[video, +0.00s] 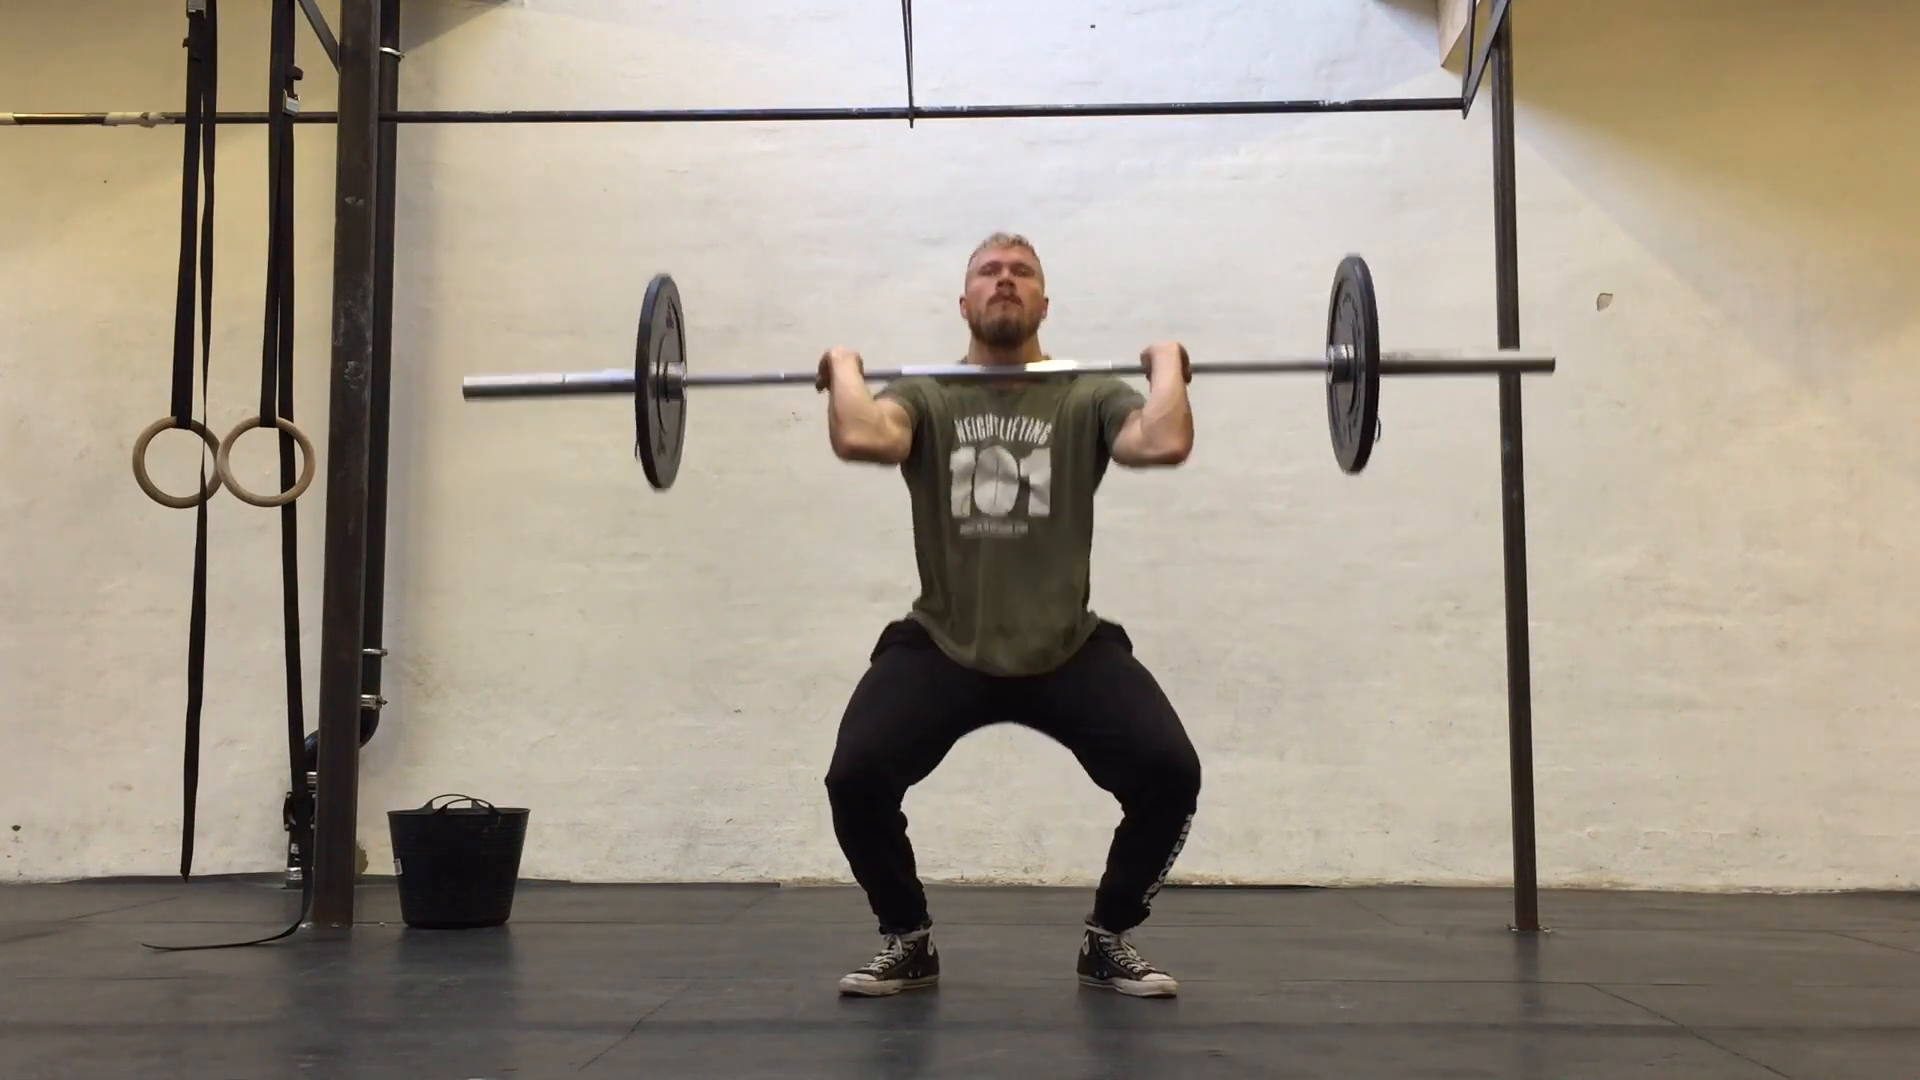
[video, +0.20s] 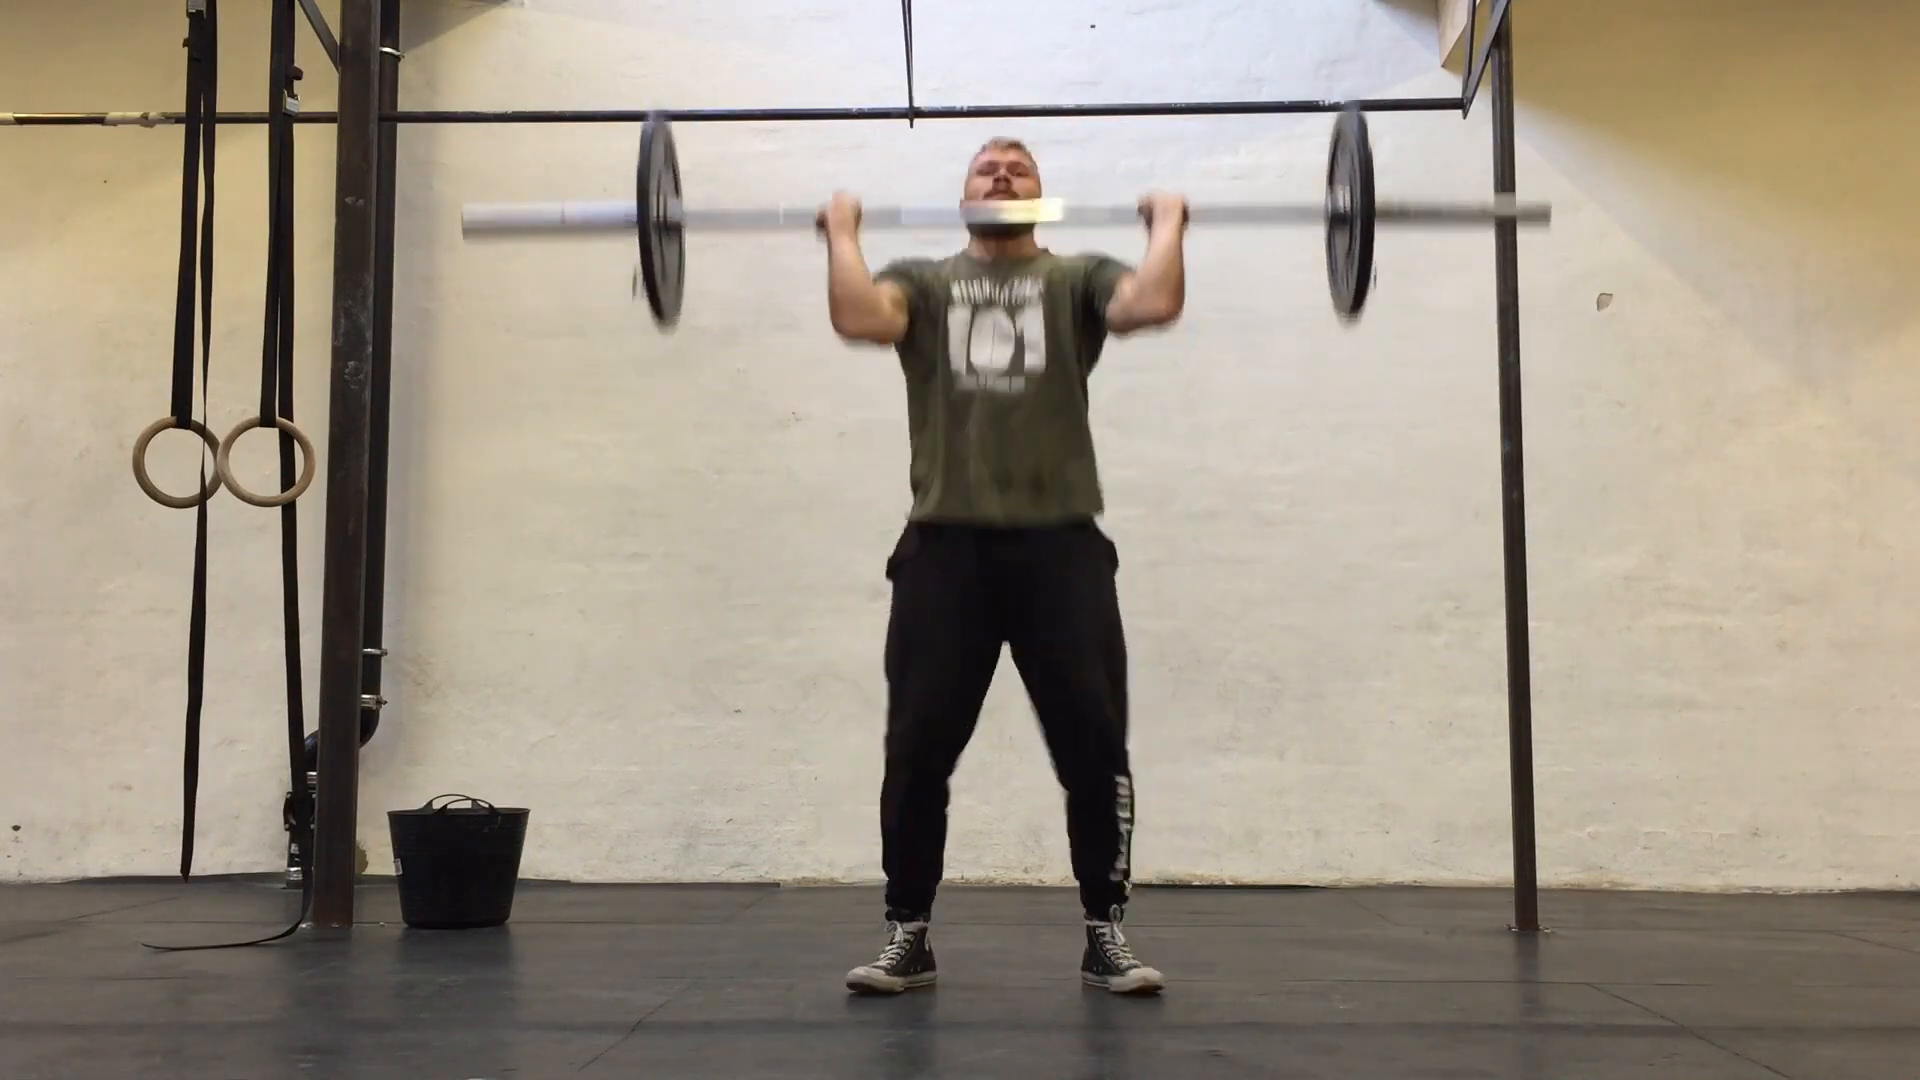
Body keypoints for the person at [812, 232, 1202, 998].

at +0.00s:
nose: (1004, 279)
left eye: (1021, 271)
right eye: (988, 270)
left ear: (1044, 303)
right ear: (963, 301)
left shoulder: (1089, 392)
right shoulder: (924, 396)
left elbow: (1167, 442)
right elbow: (857, 436)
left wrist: (1166, 359)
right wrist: (843, 362)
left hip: (1066, 649)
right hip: (944, 648)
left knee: (1168, 776)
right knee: (857, 779)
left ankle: (1107, 943)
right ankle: (908, 945)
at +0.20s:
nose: (1002, 173)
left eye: (1018, 168)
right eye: (986, 168)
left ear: (1041, 200)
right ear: (962, 201)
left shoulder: (1075, 279)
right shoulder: (924, 283)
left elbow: (1155, 303)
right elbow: (857, 318)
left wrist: (1169, 219)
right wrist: (841, 234)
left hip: (1060, 552)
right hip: (945, 552)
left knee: (1095, 747)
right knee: (916, 748)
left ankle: (1107, 938)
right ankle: (905, 938)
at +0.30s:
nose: (998, 165)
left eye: (1016, 159)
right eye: (982, 159)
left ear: (1040, 191)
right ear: (961, 191)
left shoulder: (1079, 261)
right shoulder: (918, 266)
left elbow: (1183, 221)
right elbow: (825, 231)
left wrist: (1174, 119)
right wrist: (834, 124)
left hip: (1061, 527)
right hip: (945, 530)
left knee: (1088, 735)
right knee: (925, 736)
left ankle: (1110, 936)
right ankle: (904, 935)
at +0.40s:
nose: (1000, 163)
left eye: (1018, 153)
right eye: (984, 153)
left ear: (1042, 177)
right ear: (961, 176)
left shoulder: (1084, 253)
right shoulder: (916, 257)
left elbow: (1182, 162)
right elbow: (820, 166)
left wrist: (1176, 48)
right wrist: (829, 53)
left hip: (1061, 533)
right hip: (947, 535)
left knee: (1089, 738)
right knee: (926, 738)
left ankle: (1107, 936)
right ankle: (904, 937)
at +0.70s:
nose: (1003, 168)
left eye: (1020, 153)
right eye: (985, 153)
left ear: (1044, 167)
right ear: (960, 167)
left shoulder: (1076, 234)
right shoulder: (924, 236)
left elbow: (1133, 112)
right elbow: (864, 107)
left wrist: (1167, 7)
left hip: (1064, 538)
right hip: (952, 539)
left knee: (1092, 747)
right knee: (928, 743)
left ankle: (1107, 941)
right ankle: (905, 939)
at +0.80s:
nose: (1002, 168)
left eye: (1019, 153)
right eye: (985, 153)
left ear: (1043, 167)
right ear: (960, 167)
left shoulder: (1076, 234)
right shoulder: (925, 238)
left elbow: (1135, 113)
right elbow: (863, 111)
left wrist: (1169, 6)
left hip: (1064, 538)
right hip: (952, 540)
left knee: (1092, 747)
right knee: (928, 745)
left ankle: (1108, 943)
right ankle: (907, 938)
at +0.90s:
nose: (1001, 164)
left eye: (1019, 151)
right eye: (984, 150)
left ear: (1043, 169)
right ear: (959, 167)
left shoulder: (1080, 241)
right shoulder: (920, 244)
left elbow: (1153, 125)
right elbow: (848, 126)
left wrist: (1175, 9)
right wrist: (836, 7)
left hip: (1065, 536)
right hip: (953, 538)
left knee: (1094, 744)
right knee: (928, 741)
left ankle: (1107, 941)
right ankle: (905, 936)